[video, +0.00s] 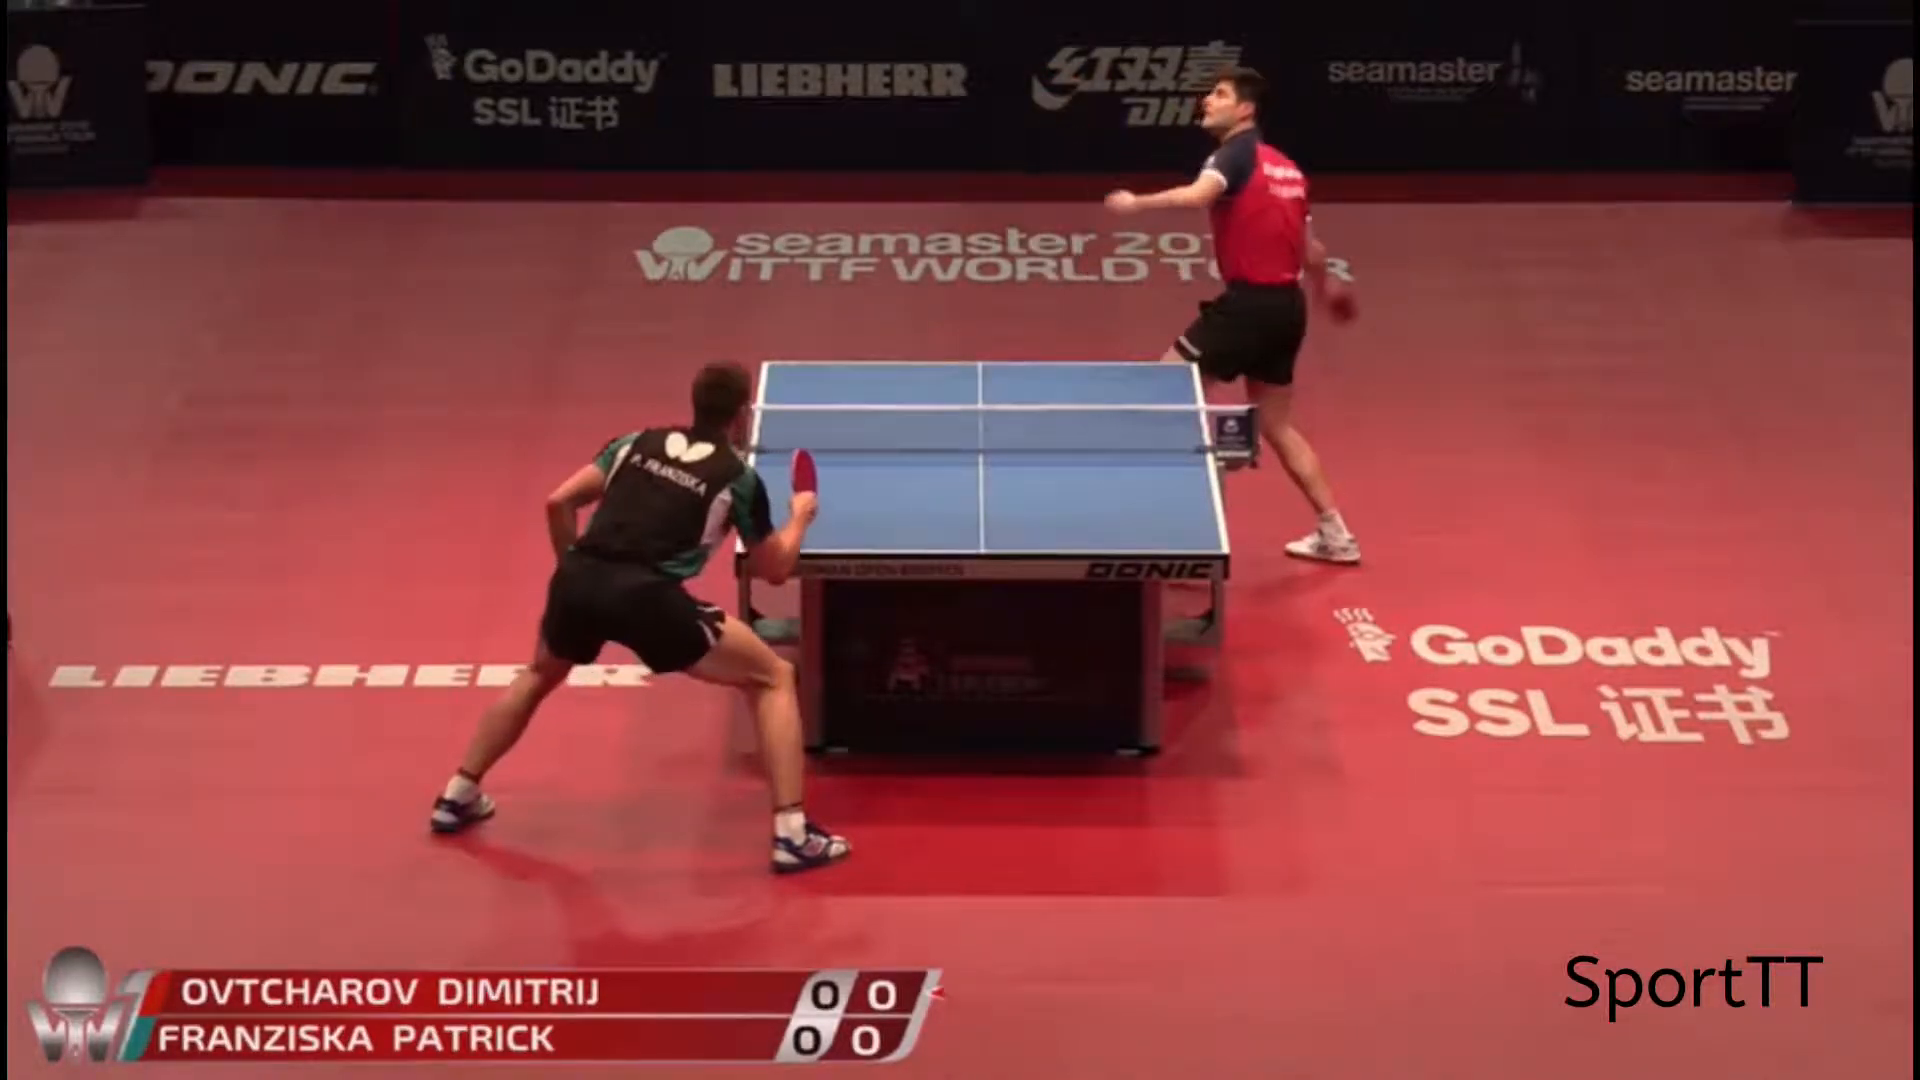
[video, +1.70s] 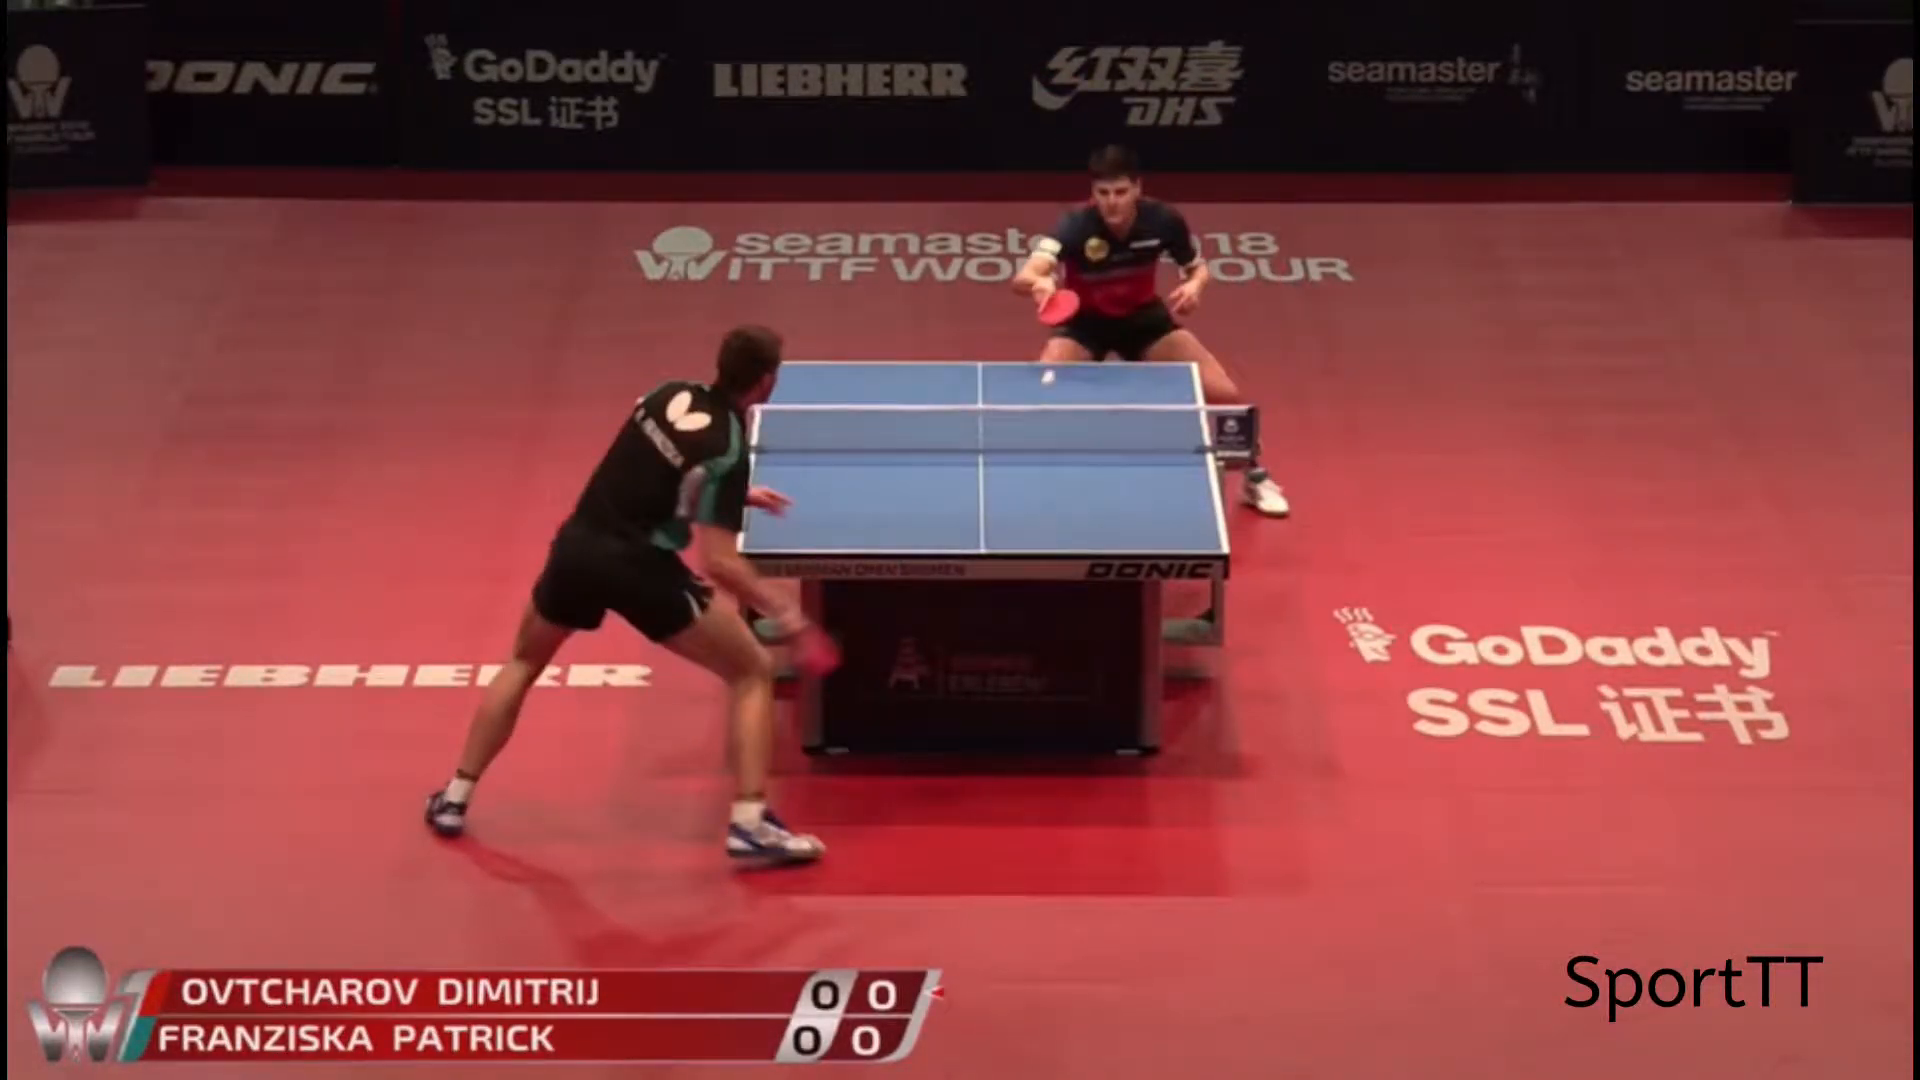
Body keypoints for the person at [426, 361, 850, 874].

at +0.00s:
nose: (752, 419)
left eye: (749, 409)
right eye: (751, 411)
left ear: (695, 405)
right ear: (741, 418)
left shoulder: (638, 443)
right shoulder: (741, 477)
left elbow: (559, 501)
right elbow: (774, 568)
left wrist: (570, 569)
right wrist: (801, 517)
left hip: (577, 583)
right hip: (650, 597)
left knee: (537, 676)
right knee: (774, 678)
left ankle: (458, 793)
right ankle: (792, 831)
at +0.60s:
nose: (743, 374)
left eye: (742, 365)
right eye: (742, 367)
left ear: (688, 359)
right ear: (732, 371)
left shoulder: (625, 390)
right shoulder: (724, 429)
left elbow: (543, 442)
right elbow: (764, 522)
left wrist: (545, 492)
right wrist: (818, 508)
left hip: (584, 549)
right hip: (659, 561)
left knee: (529, 655)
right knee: (762, 646)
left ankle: (470, 782)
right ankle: (795, 764)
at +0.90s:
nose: (760, 374)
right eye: (762, 366)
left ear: (713, 358)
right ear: (760, 371)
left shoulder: (678, 390)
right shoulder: (766, 426)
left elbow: (624, 440)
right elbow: (793, 472)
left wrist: (583, 462)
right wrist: (816, 477)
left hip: (656, 547)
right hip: (730, 553)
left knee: (566, 656)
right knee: (801, 642)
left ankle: (480, 773)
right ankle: (872, 753)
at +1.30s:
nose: (783, 358)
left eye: (776, 349)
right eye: (784, 351)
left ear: (731, 349)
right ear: (780, 359)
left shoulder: (677, 389)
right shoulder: (787, 428)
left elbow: (610, 440)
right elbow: (826, 521)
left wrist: (601, 487)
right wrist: (849, 496)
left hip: (641, 540)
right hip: (716, 552)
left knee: (570, 655)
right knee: (807, 650)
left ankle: (504, 786)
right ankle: (846, 795)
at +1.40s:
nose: (786, 390)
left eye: (774, 378)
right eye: (785, 382)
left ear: (730, 378)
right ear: (778, 390)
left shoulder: (670, 428)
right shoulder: (780, 463)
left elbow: (603, 496)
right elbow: (820, 556)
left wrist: (624, 529)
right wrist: (865, 539)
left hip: (627, 579)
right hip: (697, 595)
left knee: (556, 672)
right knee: (802, 706)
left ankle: (478, 792)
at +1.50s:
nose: (782, 397)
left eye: (775, 385)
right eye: (782, 390)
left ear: (727, 384)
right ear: (772, 396)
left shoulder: (670, 431)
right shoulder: (773, 467)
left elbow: (599, 497)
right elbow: (813, 563)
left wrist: (620, 523)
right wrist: (864, 553)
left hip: (619, 585)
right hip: (692, 601)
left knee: (554, 680)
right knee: (801, 704)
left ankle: (470, 799)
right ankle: (777, 849)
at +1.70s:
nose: (773, 386)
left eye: (770, 375)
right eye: (773, 379)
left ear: (720, 367)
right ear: (763, 387)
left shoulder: (672, 393)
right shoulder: (730, 448)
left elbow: (676, 470)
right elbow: (718, 558)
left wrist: (739, 493)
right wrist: (777, 603)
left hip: (576, 548)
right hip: (641, 567)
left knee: (522, 663)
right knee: (752, 673)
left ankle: (455, 796)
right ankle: (751, 820)